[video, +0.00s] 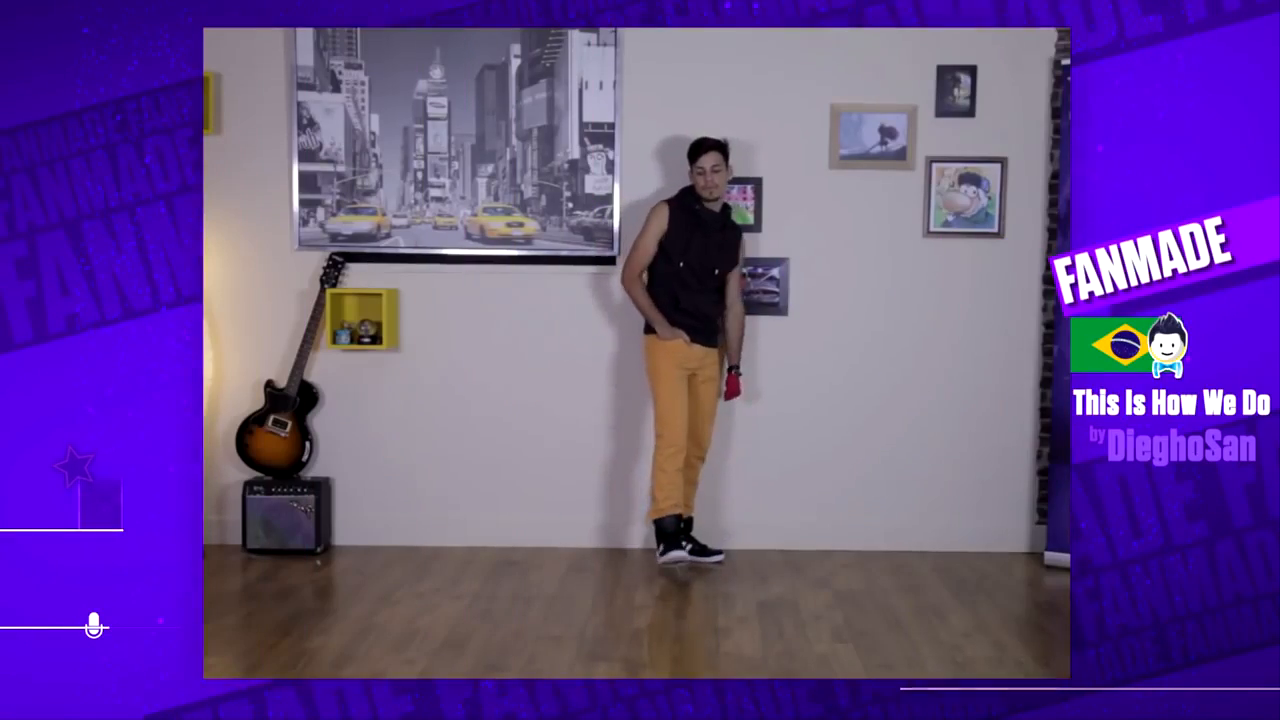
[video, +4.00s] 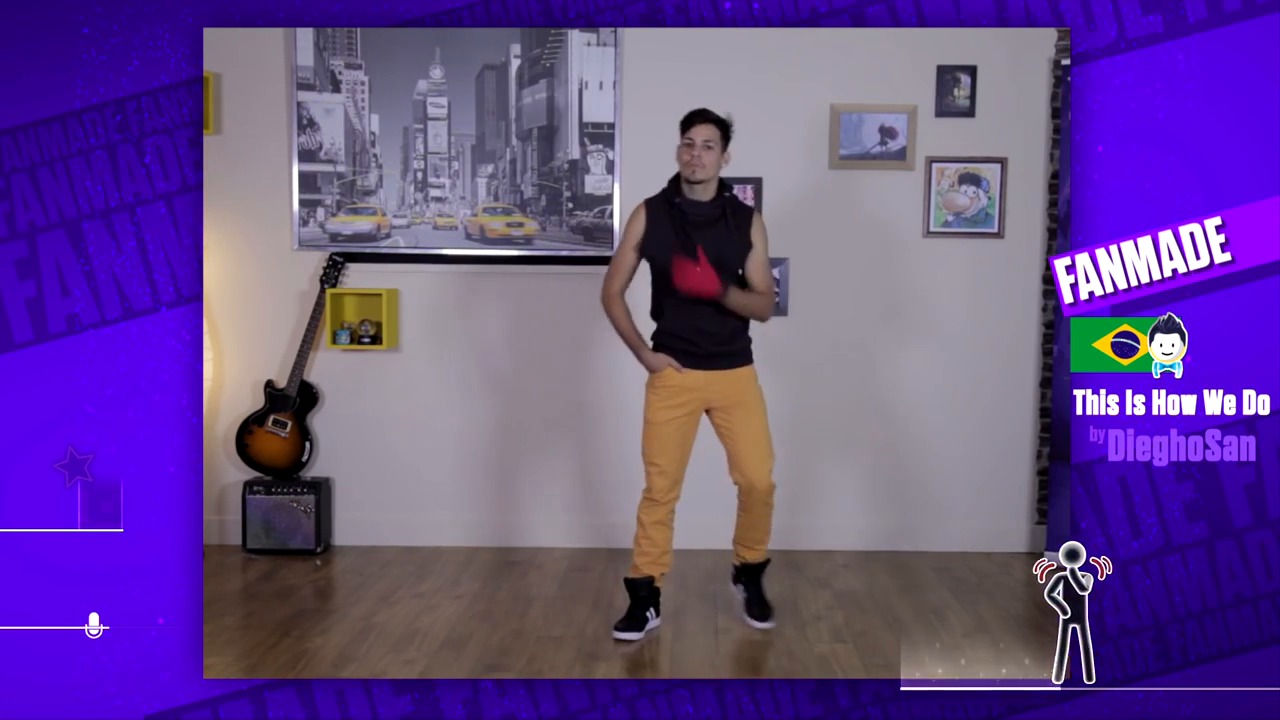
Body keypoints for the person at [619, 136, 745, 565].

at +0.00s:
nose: (708, 178)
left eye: (716, 170)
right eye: (700, 172)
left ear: (729, 173)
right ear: (691, 176)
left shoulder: (731, 232)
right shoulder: (668, 213)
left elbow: (734, 301)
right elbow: (630, 276)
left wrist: (733, 362)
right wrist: (661, 325)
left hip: (711, 350)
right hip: (669, 344)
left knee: (697, 444)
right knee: (672, 439)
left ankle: (683, 532)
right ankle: (667, 535)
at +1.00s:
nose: (677, 181)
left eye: (687, 173)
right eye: (670, 171)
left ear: (697, 177)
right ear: (657, 170)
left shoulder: (702, 221)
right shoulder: (636, 228)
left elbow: (720, 286)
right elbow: (612, 304)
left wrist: (730, 341)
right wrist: (666, 345)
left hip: (715, 353)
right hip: (674, 356)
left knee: (715, 448)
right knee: (676, 455)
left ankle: (689, 527)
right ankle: (664, 552)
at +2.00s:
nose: (703, 172)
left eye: (712, 164)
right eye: (695, 164)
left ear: (726, 171)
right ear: (684, 171)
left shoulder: (741, 237)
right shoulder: (662, 219)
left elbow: (767, 318)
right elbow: (634, 287)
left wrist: (775, 388)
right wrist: (637, 346)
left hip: (716, 366)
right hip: (661, 364)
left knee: (719, 472)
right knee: (664, 471)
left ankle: (731, 579)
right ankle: (669, 555)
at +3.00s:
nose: (729, 160)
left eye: (740, 153)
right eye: (722, 150)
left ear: (755, 161)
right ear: (711, 155)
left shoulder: (775, 215)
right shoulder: (688, 219)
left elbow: (790, 290)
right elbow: (660, 294)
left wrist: (784, 350)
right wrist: (676, 349)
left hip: (762, 368)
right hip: (707, 364)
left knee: (744, 477)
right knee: (688, 470)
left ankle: (734, 577)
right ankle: (686, 541)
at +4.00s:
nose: (696, 153)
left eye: (708, 146)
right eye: (689, 144)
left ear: (724, 157)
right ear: (677, 151)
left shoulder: (746, 219)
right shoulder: (649, 215)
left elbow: (764, 305)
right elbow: (612, 293)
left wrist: (720, 289)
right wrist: (644, 354)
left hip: (735, 376)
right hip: (673, 375)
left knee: (758, 481)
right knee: (660, 489)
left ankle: (750, 576)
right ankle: (644, 598)